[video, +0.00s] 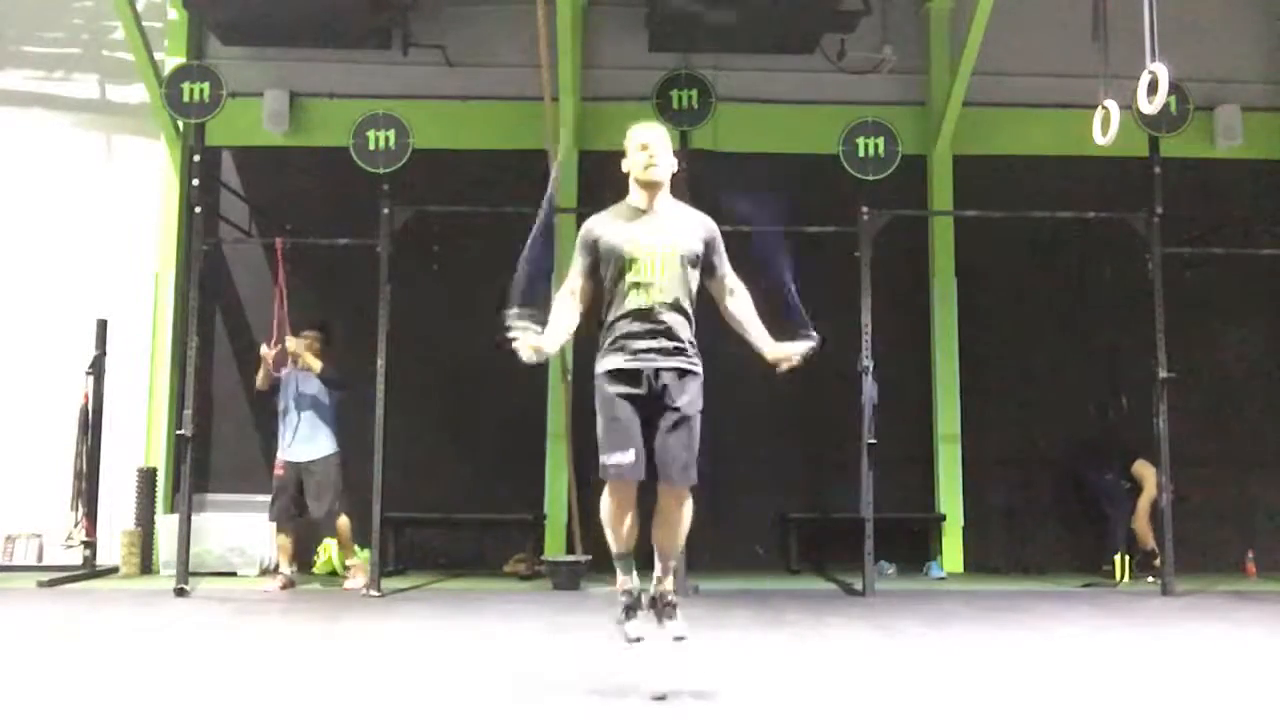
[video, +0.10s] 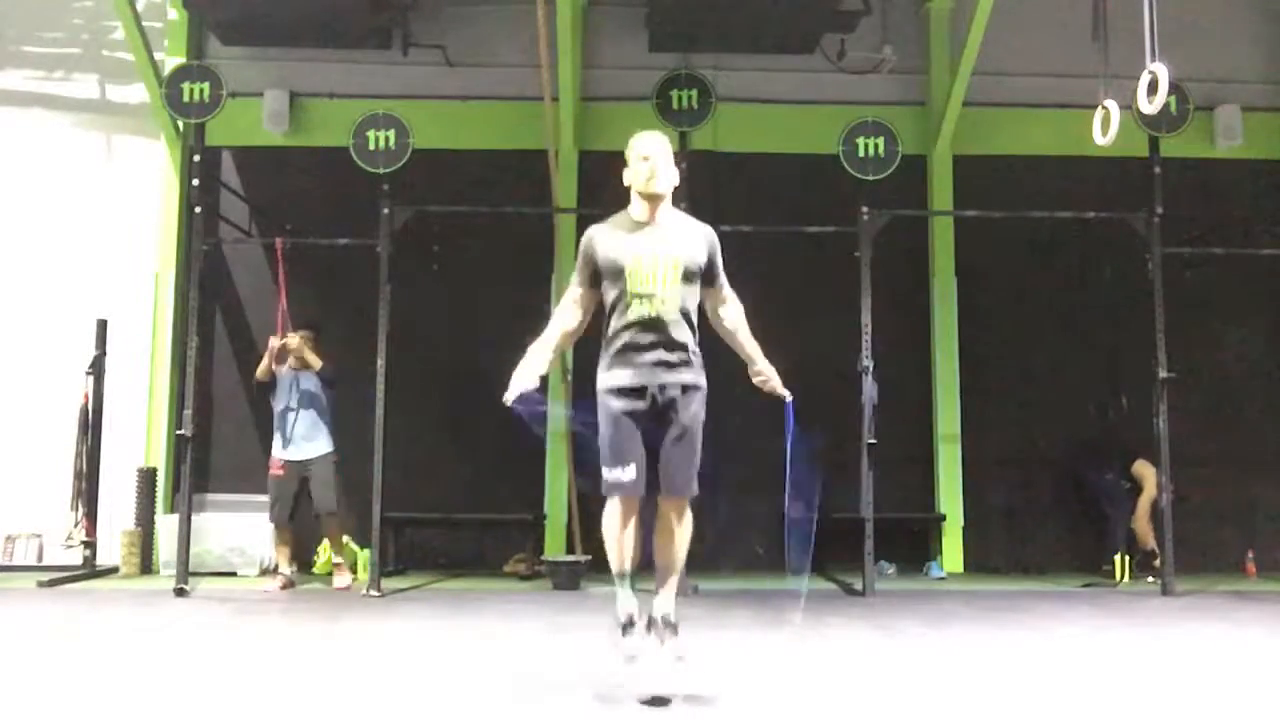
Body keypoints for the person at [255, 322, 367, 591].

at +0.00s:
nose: (308, 350)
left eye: (314, 345)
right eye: (304, 345)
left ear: (322, 350)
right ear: (295, 348)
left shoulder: (327, 375)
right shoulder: (286, 374)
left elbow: (336, 381)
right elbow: (262, 386)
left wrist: (303, 354)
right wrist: (266, 363)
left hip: (321, 453)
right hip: (288, 455)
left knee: (330, 511)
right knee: (283, 514)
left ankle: (354, 566)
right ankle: (285, 572)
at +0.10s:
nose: (298, 351)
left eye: (303, 346)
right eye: (294, 346)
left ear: (312, 349)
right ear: (288, 349)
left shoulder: (320, 373)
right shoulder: (278, 373)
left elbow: (331, 377)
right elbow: (261, 379)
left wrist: (304, 351)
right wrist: (270, 354)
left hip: (319, 452)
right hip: (284, 454)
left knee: (327, 509)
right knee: (280, 515)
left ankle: (339, 565)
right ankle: (284, 571)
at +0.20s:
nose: (295, 355)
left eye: (299, 351)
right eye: (290, 351)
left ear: (307, 352)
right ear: (283, 353)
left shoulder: (319, 374)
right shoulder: (273, 375)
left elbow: (330, 376)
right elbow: (260, 377)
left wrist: (306, 349)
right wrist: (273, 351)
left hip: (317, 452)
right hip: (282, 453)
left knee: (324, 510)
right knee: (279, 515)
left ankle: (326, 566)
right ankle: (283, 570)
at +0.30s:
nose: (291, 356)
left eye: (296, 351)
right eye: (286, 352)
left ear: (304, 352)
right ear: (279, 352)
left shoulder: (316, 373)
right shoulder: (272, 376)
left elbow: (328, 372)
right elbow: (260, 376)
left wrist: (307, 351)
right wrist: (273, 349)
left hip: (315, 451)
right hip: (281, 452)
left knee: (318, 514)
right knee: (279, 516)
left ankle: (318, 571)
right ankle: (283, 571)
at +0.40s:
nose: (295, 357)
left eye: (299, 352)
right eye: (290, 352)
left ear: (306, 353)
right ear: (282, 352)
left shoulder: (316, 374)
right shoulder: (273, 376)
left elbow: (328, 375)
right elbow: (260, 374)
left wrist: (312, 352)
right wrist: (271, 348)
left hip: (314, 453)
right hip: (280, 453)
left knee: (315, 516)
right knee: (279, 517)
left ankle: (316, 572)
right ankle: (283, 572)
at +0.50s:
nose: (299, 351)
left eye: (303, 346)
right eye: (295, 345)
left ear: (308, 349)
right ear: (285, 346)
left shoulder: (316, 372)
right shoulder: (273, 373)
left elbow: (329, 375)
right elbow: (259, 373)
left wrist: (314, 356)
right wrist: (269, 349)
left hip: (314, 452)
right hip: (280, 452)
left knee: (315, 516)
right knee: (279, 517)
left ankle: (315, 572)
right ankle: (283, 572)